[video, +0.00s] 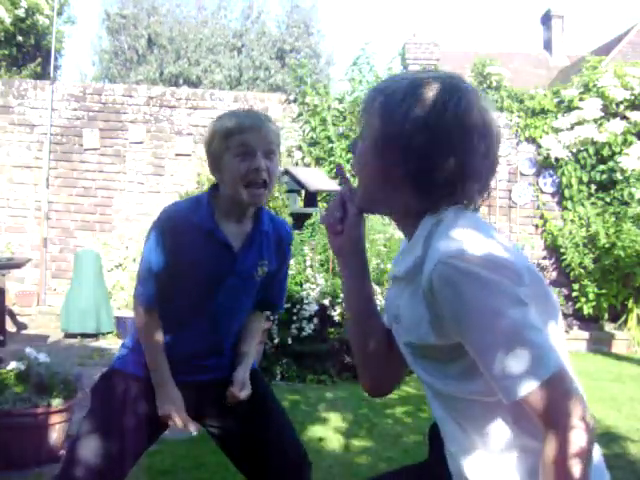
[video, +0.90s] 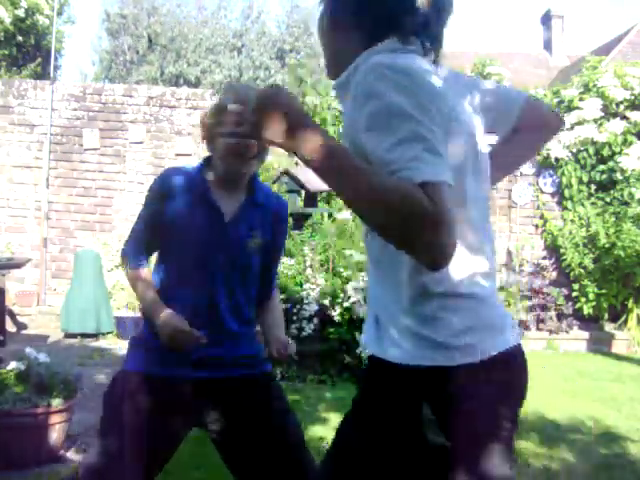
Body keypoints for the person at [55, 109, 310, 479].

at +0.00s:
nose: (260, 166)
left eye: (269, 155)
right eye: (244, 155)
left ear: (279, 164)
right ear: (216, 166)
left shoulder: (276, 236)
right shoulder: (176, 222)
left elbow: (262, 311)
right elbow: (145, 309)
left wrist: (245, 364)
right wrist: (164, 388)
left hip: (226, 373)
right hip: (151, 370)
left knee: (291, 469)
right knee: (86, 467)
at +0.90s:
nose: (245, 143)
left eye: (253, 134)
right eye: (232, 133)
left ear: (265, 144)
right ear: (208, 138)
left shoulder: (272, 210)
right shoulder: (173, 187)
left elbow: (266, 285)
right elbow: (133, 255)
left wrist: (276, 334)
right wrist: (158, 313)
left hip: (238, 364)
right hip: (163, 359)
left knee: (290, 470)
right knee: (124, 467)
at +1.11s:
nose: (236, 39)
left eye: (246, 29)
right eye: (222, 29)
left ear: (259, 33)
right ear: (198, 34)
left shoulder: (271, 93)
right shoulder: (170, 89)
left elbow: (296, 177)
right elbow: (125, 167)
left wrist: (301, 189)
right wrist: (155, 208)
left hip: (244, 267)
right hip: (172, 260)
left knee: (283, 382)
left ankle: (299, 477)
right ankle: (130, 449)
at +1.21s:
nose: (220, 87)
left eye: (231, 75)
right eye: (207, 76)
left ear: (248, 74)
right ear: (187, 77)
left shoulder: (267, 120)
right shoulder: (167, 116)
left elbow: (302, 201)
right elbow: (133, 200)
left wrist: (270, 210)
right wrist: (192, 201)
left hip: (246, 257)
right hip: (178, 250)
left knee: (295, 333)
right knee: (90, 312)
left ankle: (307, 419)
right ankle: (173, 366)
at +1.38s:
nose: (214, 116)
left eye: (226, 107)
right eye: (201, 106)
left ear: (244, 119)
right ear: (182, 120)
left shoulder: (266, 178)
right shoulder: (164, 177)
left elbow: (282, 232)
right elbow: (161, 241)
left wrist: (290, 281)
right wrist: (167, 274)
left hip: (259, 344)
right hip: (184, 345)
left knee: (313, 446)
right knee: (133, 444)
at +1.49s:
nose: (207, 178)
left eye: (218, 165)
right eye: (194, 169)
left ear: (239, 167)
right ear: (179, 176)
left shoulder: (271, 230)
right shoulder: (168, 224)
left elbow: (294, 313)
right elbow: (169, 302)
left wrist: (282, 370)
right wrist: (184, 343)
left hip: (262, 377)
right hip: (191, 371)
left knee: (304, 463)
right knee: (125, 455)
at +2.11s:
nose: (238, 197)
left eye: (249, 187)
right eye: (225, 187)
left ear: (264, 192)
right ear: (206, 194)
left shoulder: (279, 253)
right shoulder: (185, 241)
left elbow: (295, 332)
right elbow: (157, 317)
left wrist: (301, 366)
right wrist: (199, 353)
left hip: (261, 397)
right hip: (191, 398)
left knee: (329, 474)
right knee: (154, 474)